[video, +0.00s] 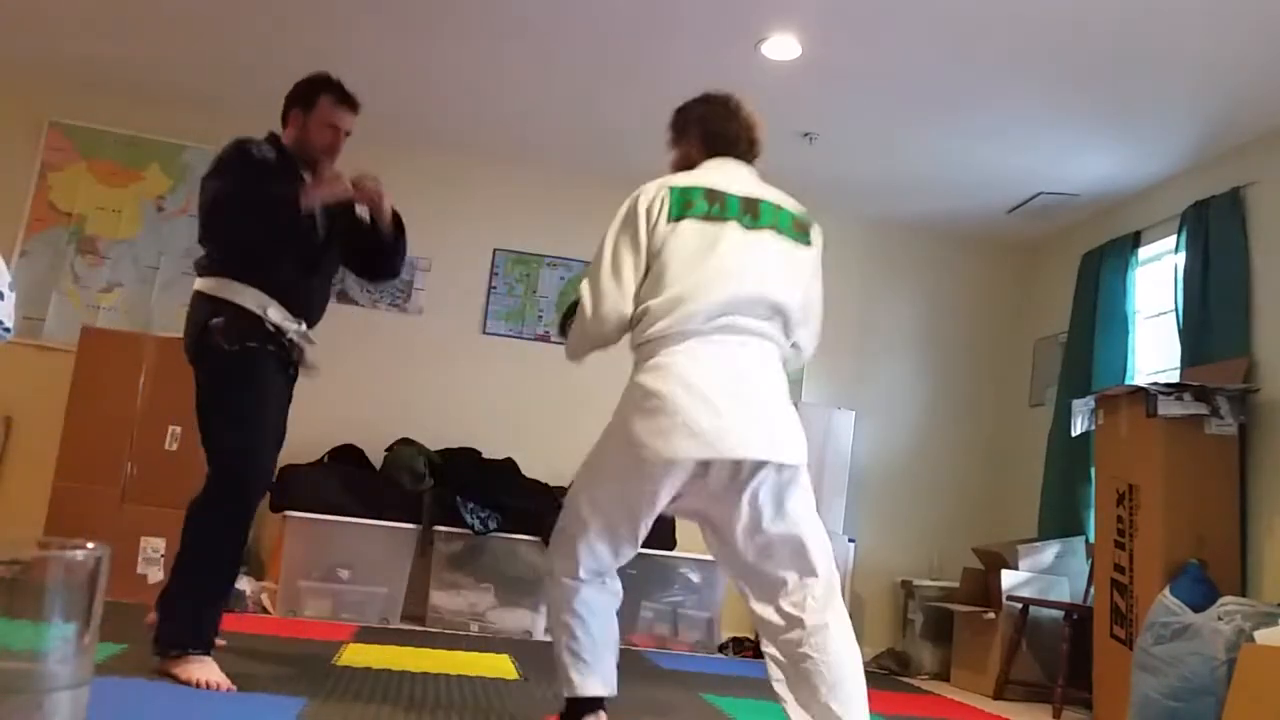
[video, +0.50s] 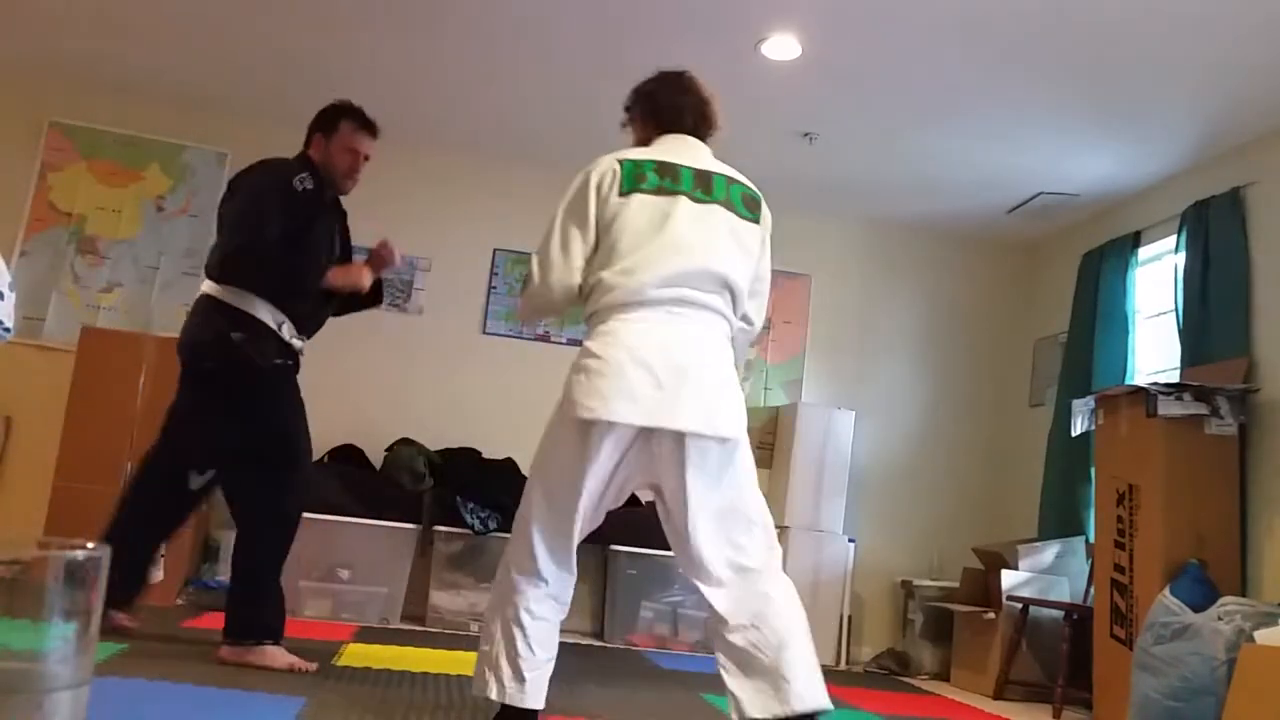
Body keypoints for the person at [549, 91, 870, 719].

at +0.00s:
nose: (672, 155)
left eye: (675, 144)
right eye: (674, 144)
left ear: (688, 145)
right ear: (749, 149)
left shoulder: (659, 197)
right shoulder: (800, 221)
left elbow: (605, 312)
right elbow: (802, 340)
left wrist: (574, 332)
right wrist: (754, 371)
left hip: (671, 402)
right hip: (764, 412)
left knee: (585, 550)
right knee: (803, 591)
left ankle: (588, 700)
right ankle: (845, 715)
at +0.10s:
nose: (684, 141)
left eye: (687, 130)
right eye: (685, 131)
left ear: (706, 127)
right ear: (766, 135)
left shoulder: (668, 181)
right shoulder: (815, 210)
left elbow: (610, 297)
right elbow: (815, 331)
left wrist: (577, 321)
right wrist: (751, 336)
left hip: (675, 386)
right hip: (770, 398)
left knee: (577, 537)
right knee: (805, 587)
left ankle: (567, 694)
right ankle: (847, 716)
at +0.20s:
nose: (686, 138)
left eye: (690, 126)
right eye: (688, 127)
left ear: (705, 125)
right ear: (767, 133)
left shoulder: (667, 179)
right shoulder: (812, 209)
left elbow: (608, 299)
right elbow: (809, 337)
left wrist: (578, 310)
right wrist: (745, 340)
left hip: (666, 394)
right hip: (762, 406)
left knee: (572, 537)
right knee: (800, 583)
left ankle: (535, 691)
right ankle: (845, 716)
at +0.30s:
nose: (671, 142)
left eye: (673, 131)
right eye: (672, 132)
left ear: (691, 129)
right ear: (752, 138)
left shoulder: (652, 183)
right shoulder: (797, 217)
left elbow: (592, 301)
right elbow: (787, 340)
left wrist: (565, 324)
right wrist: (723, 344)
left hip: (651, 396)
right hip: (745, 407)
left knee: (563, 555)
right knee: (788, 588)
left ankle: (521, 703)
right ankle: (842, 716)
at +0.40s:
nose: (646, 141)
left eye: (649, 131)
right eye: (648, 132)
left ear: (663, 131)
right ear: (726, 138)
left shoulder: (628, 181)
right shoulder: (769, 213)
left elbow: (570, 299)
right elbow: (762, 335)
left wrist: (541, 321)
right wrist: (706, 337)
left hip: (626, 389)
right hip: (722, 401)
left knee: (547, 550)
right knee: (764, 580)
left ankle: (517, 701)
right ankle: (825, 713)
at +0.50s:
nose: (628, 134)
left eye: (630, 124)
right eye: (629, 126)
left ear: (642, 123)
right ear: (704, 127)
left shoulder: (611, 171)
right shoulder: (751, 198)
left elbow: (557, 286)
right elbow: (751, 315)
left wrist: (529, 307)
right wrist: (714, 369)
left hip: (616, 369)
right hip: (709, 381)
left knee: (546, 539)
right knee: (742, 559)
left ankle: (516, 697)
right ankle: (801, 708)